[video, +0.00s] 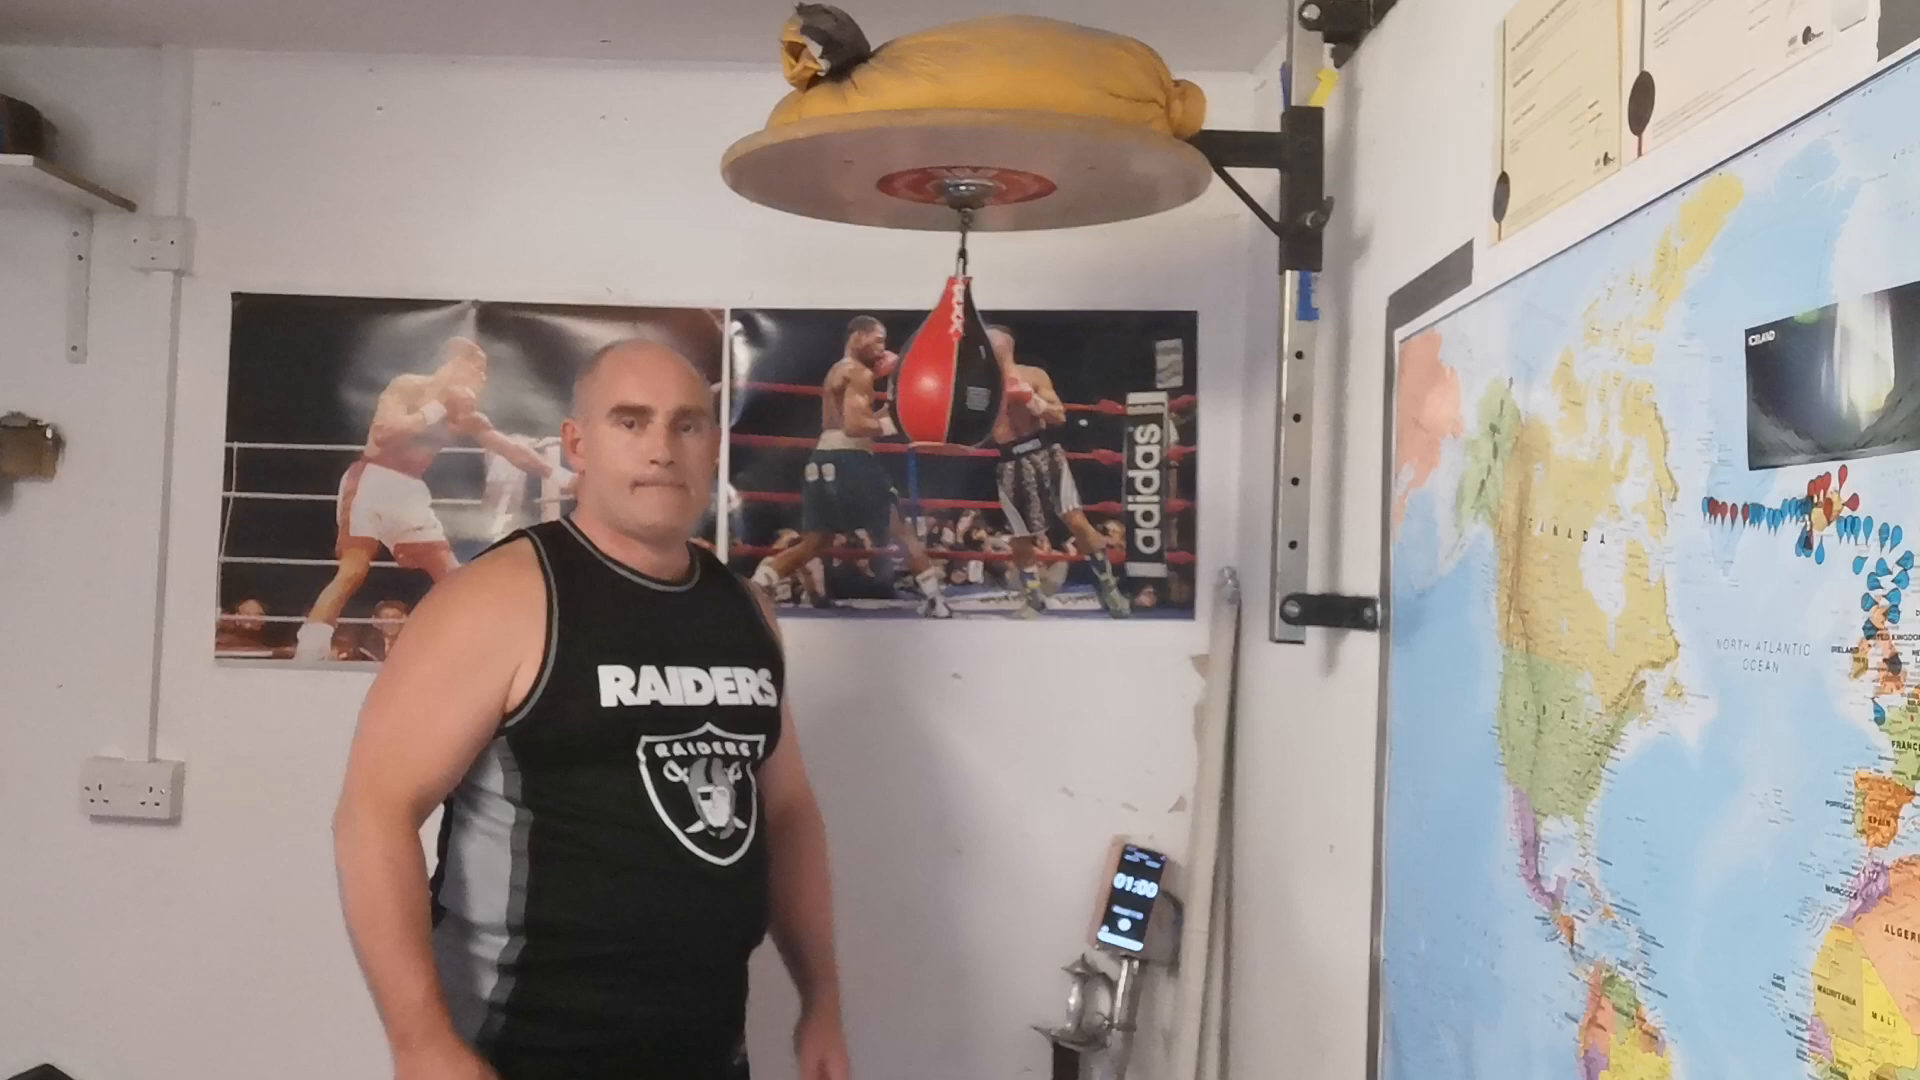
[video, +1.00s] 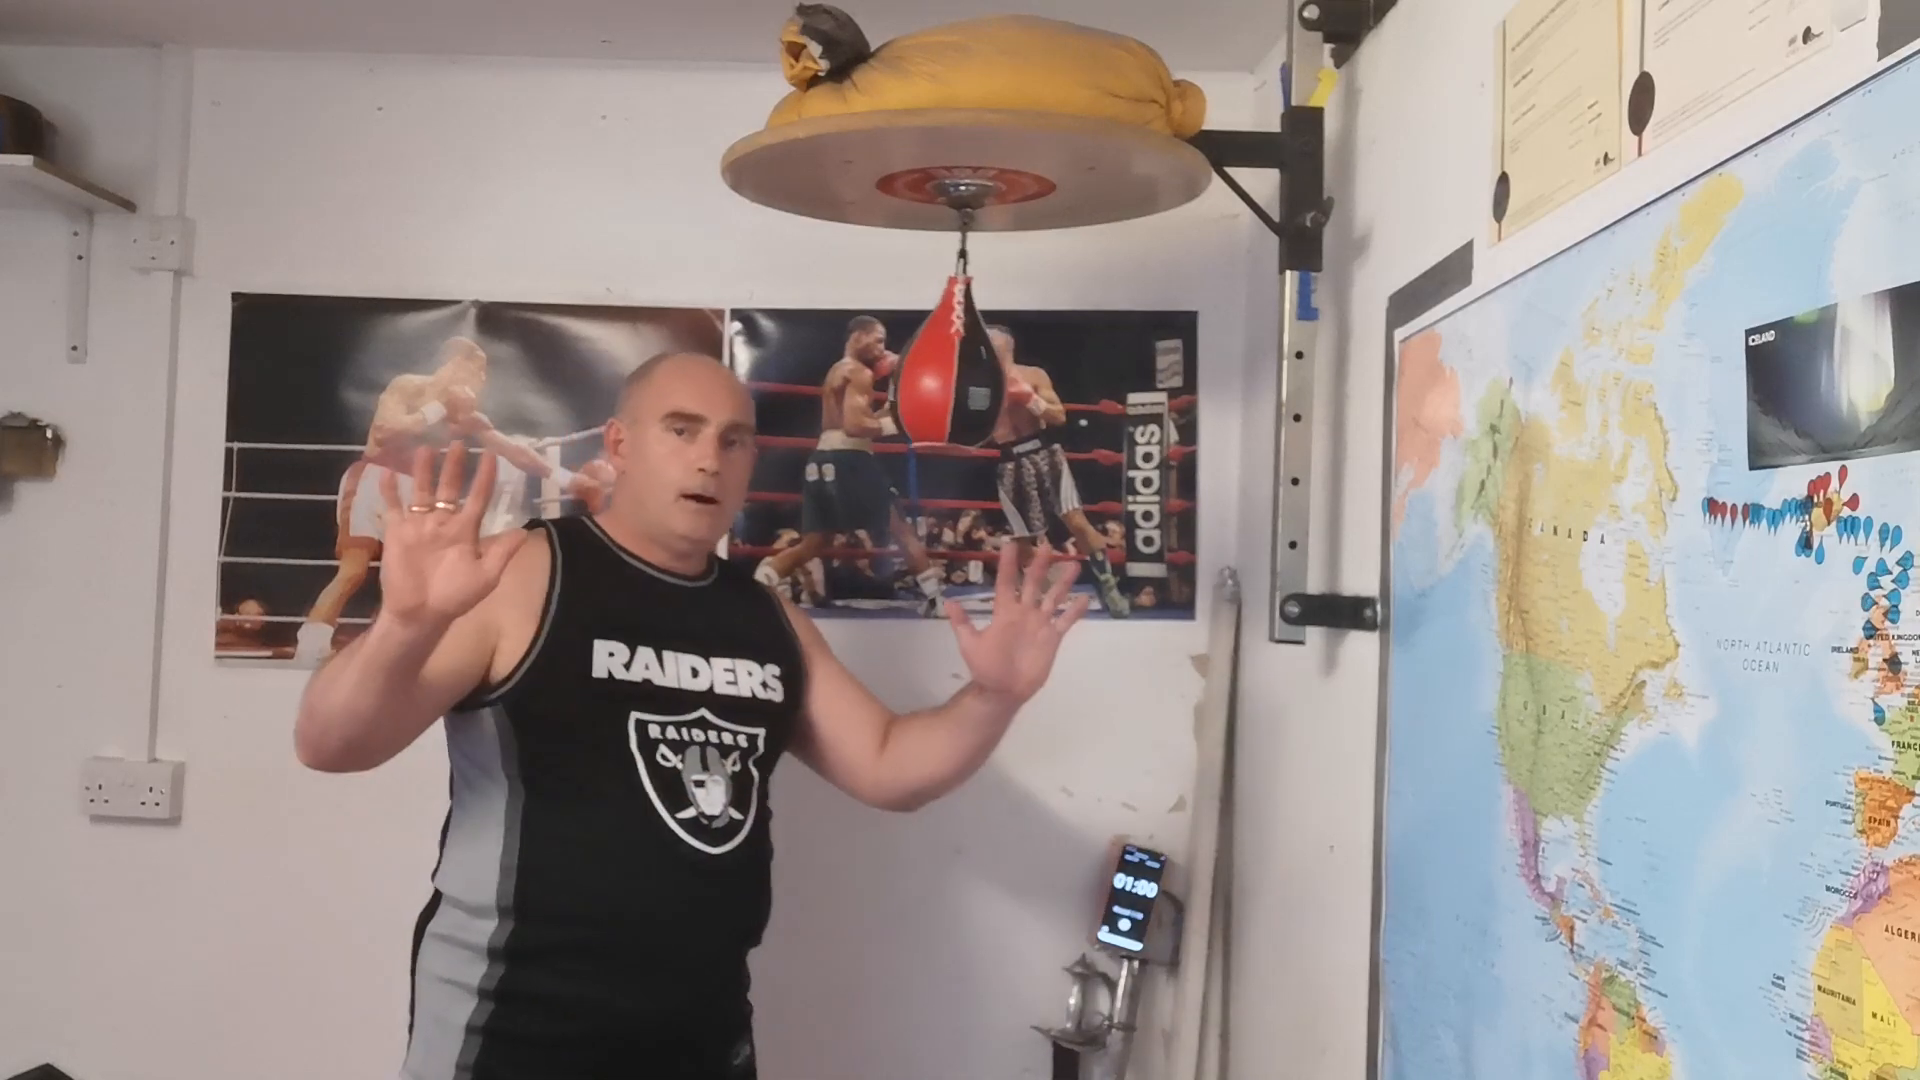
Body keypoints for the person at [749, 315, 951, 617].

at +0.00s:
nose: (881, 348)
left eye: (883, 342)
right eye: (878, 341)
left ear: (856, 339)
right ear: (859, 337)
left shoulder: (834, 373)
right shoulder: (859, 373)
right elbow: (854, 425)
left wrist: (877, 372)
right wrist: (888, 423)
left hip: (820, 462)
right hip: (852, 462)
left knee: (814, 542)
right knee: (902, 530)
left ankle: (756, 586)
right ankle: (935, 598)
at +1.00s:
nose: (881, 349)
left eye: (883, 342)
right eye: (878, 341)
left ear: (855, 340)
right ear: (858, 337)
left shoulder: (833, 373)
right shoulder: (859, 372)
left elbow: (838, 422)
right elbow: (853, 424)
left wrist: (884, 412)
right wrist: (890, 423)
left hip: (821, 461)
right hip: (852, 461)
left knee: (816, 540)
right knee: (903, 530)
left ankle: (756, 586)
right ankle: (936, 598)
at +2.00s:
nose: (881, 348)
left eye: (883, 342)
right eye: (877, 341)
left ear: (855, 340)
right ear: (857, 337)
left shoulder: (833, 373)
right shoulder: (858, 372)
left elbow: (834, 422)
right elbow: (853, 425)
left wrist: (880, 375)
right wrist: (888, 424)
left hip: (821, 462)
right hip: (852, 462)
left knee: (815, 542)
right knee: (902, 529)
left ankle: (754, 589)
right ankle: (936, 598)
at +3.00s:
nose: (881, 348)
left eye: (883, 343)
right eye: (878, 341)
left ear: (855, 340)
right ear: (858, 337)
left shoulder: (833, 373)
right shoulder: (859, 373)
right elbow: (854, 424)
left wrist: (876, 374)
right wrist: (883, 426)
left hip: (821, 462)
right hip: (853, 463)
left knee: (814, 543)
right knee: (902, 531)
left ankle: (753, 589)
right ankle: (936, 599)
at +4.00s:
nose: (882, 349)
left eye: (883, 343)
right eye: (878, 341)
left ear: (854, 341)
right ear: (857, 338)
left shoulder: (833, 373)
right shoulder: (859, 373)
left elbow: (834, 421)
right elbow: (854, 424)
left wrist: (876, 372)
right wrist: (886, 425)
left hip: (820, 462)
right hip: (853, 462)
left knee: (814, 542)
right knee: (903, 531)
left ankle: (754, 588)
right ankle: (937, 600)